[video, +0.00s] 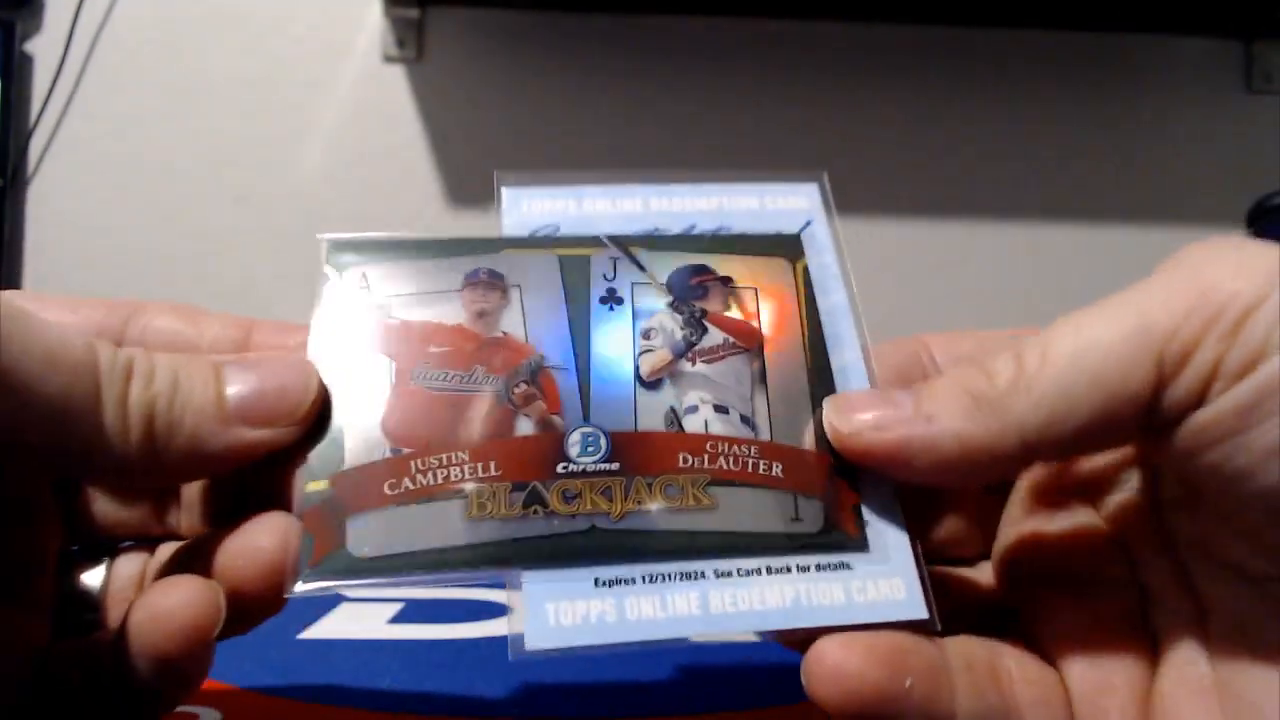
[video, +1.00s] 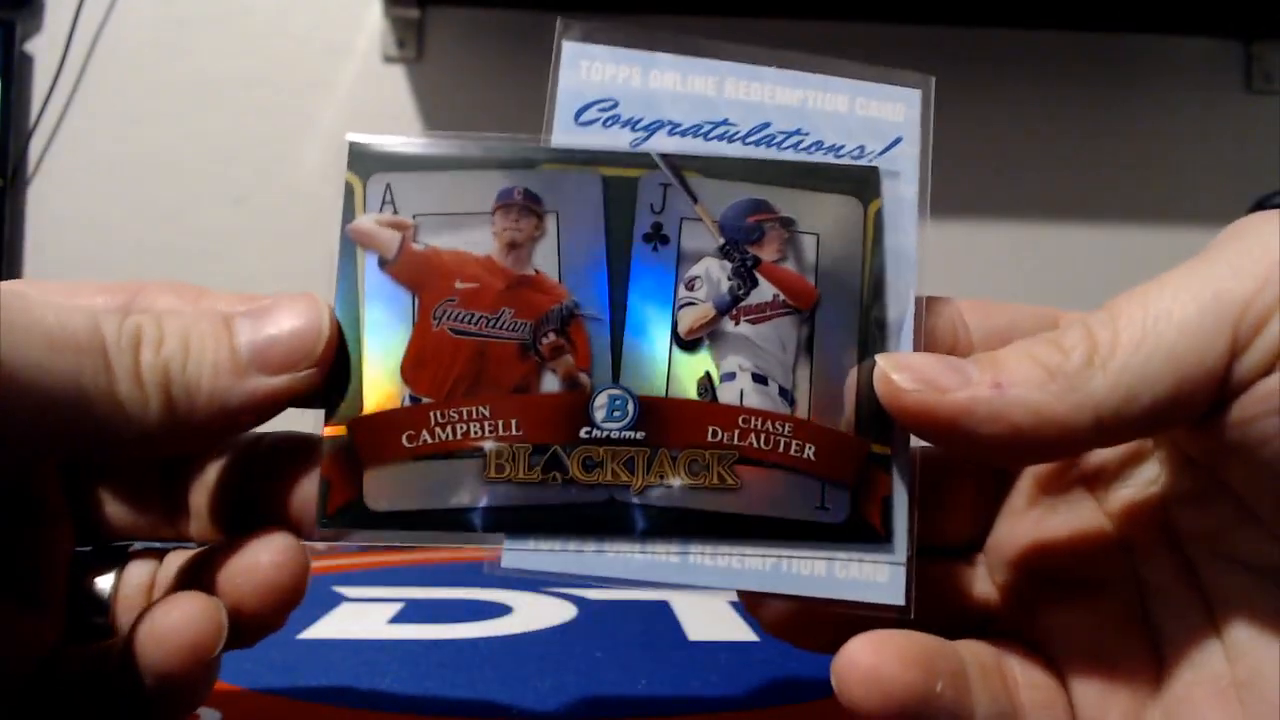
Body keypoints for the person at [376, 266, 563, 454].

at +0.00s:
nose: (481, 294)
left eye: (491, 288)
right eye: (474, 287)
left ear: (505, 300)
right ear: (462, 297)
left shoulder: (522, 355)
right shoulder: (423, 337)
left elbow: (558, 430)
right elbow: (365, 328)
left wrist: (535, 409)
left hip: (484, 469)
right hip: (411, 464)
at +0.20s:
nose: (473, 283)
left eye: (483, 276)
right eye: (466, 275)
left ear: (497, 287)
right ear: (453, 285)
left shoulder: (514, 350)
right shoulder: (411, 328)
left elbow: (547, 433)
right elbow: (328, 303)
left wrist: (529, 413)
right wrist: (359, 300)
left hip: (471, 476)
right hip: (397, 470)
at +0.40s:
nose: (479, 272)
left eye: (489, 266)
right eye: (471, 265)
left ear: (505, 278)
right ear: (459, 277)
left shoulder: (523, 344)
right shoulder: (415, 319)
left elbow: (556, 432)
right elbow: (328, 290)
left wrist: (536, 409)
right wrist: (363, 283)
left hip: (478, 477)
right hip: (401, 470)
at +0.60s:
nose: (491, 258)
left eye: (502, 252)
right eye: (483, 251)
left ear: (517, 265)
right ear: (470, 263)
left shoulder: (535, 333)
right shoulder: (425, 306)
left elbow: (568, 421)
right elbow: (337, 274)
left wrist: (548, 401)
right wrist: (376, 268)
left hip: (488, 466)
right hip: (410, 459)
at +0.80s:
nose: (500, 240)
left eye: (511, 233)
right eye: (492, 232)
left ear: (526, 246)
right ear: (479, 243)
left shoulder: (544, 315)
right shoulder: (433, 286)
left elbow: (574, 406)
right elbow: (347, 253)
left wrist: (554, 381)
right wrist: (379, 246)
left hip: (497, 447)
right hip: (420, 440)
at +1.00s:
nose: (513, 219)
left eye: (524, 213)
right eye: (506, 213)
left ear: (539, 228)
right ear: (493, 224)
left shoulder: (554, 299)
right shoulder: (445, 265)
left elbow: (582, 389)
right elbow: (358, 229)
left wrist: (564, 366)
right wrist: (398, 223)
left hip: (507, 429)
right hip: (429, 420)